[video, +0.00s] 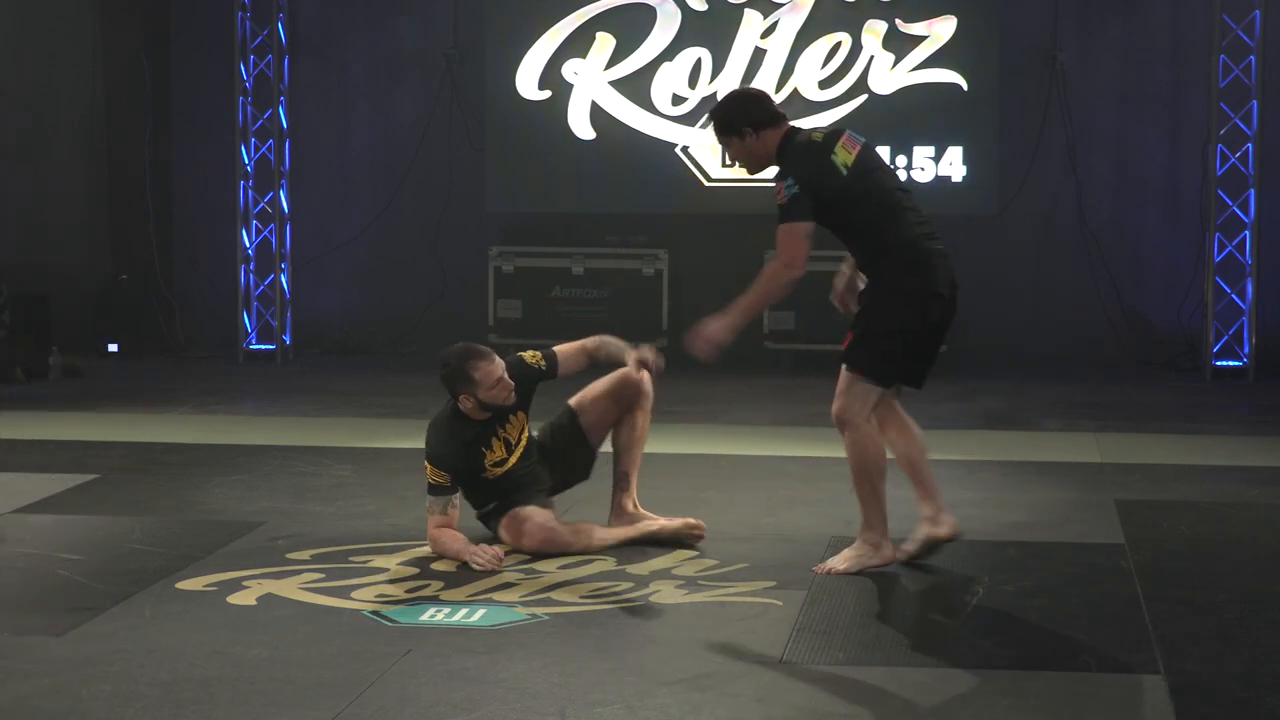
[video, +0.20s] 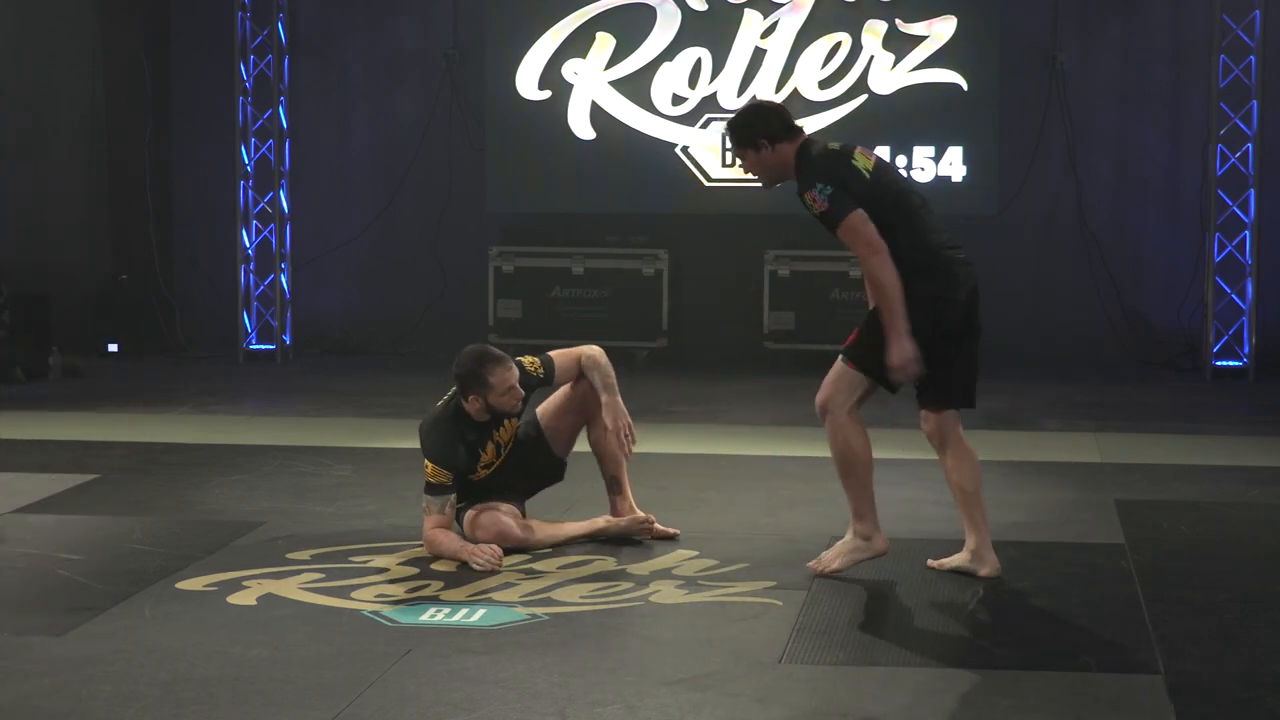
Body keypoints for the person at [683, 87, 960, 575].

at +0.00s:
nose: (733, 158)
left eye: (731, 147)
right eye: (728, 149)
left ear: (752, 134)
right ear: (770, 124)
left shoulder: (795, 165)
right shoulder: (832, 138)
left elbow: (789, 263)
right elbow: (883, 205)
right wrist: (853, 268)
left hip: (903, 282)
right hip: (928, 274)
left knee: (850, 412)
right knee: (880, 403)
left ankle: (874, 540)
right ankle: (936, 516)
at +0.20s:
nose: (748, 169)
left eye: (746, 157)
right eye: (743, 160)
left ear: (768, 146)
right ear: (778, 141)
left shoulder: (814, 174)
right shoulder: (837, 154)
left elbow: (873, 251)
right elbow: (898, 226)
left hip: (916, 288)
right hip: (954, 286)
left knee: (834, 402)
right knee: (941, 424)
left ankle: (865, 533)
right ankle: (980, 548)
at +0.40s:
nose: (732, 180)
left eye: (730, 168)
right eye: (727, 170)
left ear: (751, 156)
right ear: (765, 148)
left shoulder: (797, 182)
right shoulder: (824, 163)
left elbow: (858, 257)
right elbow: (849, 263)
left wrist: (902, 332)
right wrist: (829, 342)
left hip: (909, 296)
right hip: (948, 290)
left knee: (858, 421)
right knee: (955, 425)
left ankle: (849, 559)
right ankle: (982, 548)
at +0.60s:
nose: (702, 202)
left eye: (699, 189)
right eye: (696, 192)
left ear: (718, 175)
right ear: (736, 163)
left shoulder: (766, 196)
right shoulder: (785, 182)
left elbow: (807, 283)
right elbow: (820, 287)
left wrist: (801, 373)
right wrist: (782, 354)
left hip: (887, 290)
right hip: (915, 281)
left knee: (846, 422)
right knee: (886, 415)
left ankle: (847, 560)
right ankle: (942, 530)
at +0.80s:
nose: (680, 218)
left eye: (678, 206)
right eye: (674, 210)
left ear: (696, 192)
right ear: (703, 187)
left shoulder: (741, 205)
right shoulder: (746, 201)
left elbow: (784, 281)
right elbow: (745, 295)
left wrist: (782, 364)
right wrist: (686, 336)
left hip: (873, 282)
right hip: (880, 278)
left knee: (842, 414)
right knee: (839, 406)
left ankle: (848, 560)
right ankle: (818, 526)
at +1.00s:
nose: (653, 231)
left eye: (652, 219)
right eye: (649, 222)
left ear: (671, 204)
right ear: (675, 204)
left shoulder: (720, 209)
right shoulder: (717, 238)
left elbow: (776, 255)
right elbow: (668, 299)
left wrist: (766, 337)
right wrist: (600, 325)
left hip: (842, 295)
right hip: (859, 293)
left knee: (764, 409)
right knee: (803, 415)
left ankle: (824, 531)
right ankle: (806, 527)